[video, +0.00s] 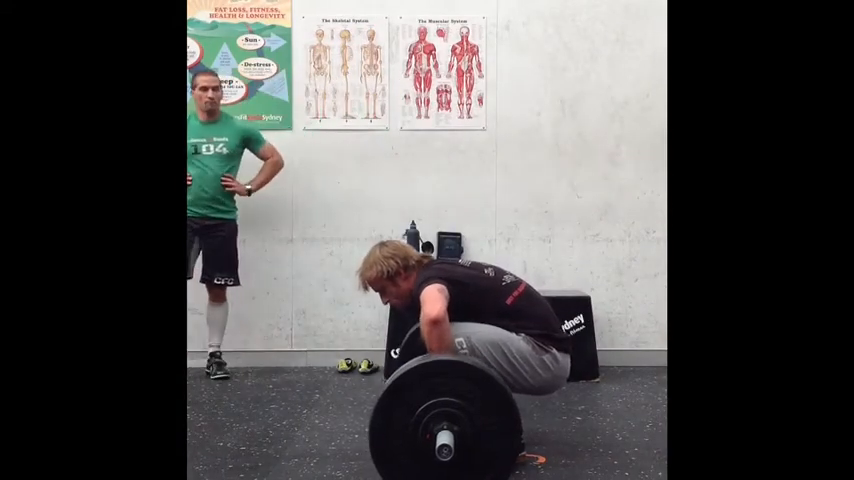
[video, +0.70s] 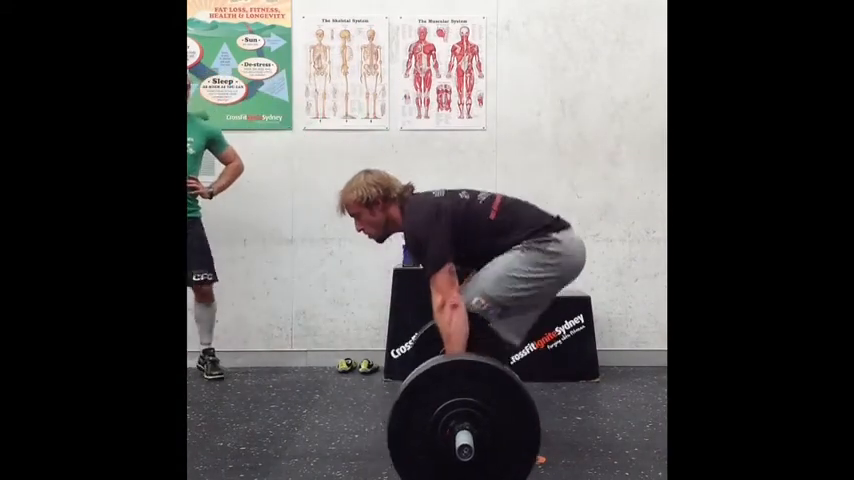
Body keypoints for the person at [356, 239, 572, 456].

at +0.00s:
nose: (385, 301)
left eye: (383, 291)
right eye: (379, 294)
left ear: (401, 276)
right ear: (403, 274)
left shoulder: (430, 276)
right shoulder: (437, 269)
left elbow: (434, 317)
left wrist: (447, 384)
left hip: (545, 358)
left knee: (444, 339)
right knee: (439, 339)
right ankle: (500, 440)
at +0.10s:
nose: (384, 299)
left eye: (382, 290)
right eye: (378, 292)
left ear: (401, 274)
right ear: (403, 271)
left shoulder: (430, 275)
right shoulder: (436, 269)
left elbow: (436, 316)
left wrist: (445, 386)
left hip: (544, 356)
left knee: (437, 339)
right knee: (433, 339)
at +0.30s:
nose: (376, 285)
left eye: (375, 276)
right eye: (372, 279)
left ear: (394, 261)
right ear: (397, 257)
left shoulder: (424, 264)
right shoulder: (433, 258)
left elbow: (443, 314)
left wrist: (450, 384)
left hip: (546, 339)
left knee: (439, 336)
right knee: (438, 333)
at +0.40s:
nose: (372, 268)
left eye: (371, 257)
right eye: (367, 261)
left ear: (390, 243)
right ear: (393, 240)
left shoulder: (423, 249)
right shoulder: (426, 243)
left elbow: (446, 312)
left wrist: (449, 385)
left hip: (543, 316)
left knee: (439, 331)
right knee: (440, 328)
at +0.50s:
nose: (367, 249)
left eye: (365, 238)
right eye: (362, 241)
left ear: (386, 224)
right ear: (388, 224)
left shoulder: (423, 236)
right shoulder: (426, 229)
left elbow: (449, 308)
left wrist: (449, 379)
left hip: (543, 297)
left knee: (442, 325)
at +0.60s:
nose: (361, 235)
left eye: (360, 224)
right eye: (357, 227)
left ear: (383, 211)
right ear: (384, 213)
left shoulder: (425, 225)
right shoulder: (424, 221)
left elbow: (449, 307)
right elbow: (446, 303)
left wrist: (454, 379)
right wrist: (453, 382)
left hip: (547, 276)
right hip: (546, 274)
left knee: (456, 316)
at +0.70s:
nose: (357, 228)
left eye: (357, 217)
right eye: (353, 220)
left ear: (379, 205)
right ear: (381, 206)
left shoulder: (423, 219)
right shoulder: (422, 213)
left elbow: (450, 303)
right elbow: (454, 291)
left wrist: (456, 375)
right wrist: (456, 373)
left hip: (550, 247)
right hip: (550, 243)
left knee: (469, 313)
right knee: (466, 309)